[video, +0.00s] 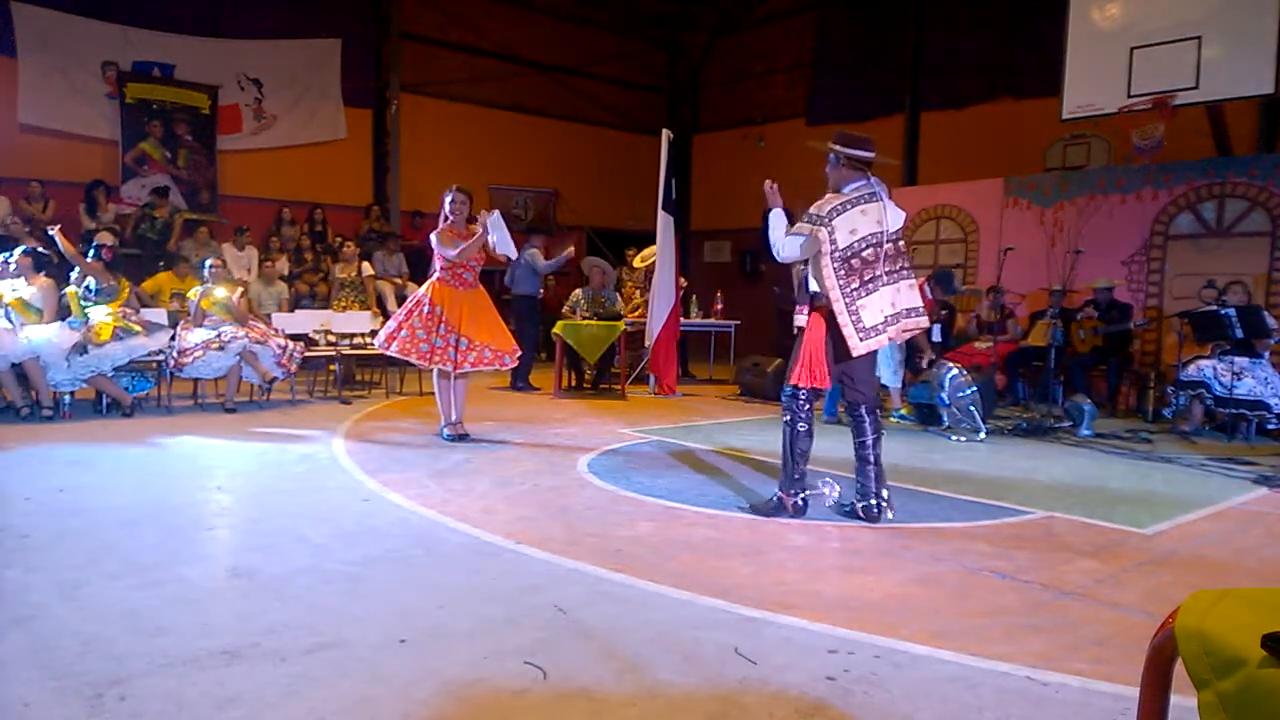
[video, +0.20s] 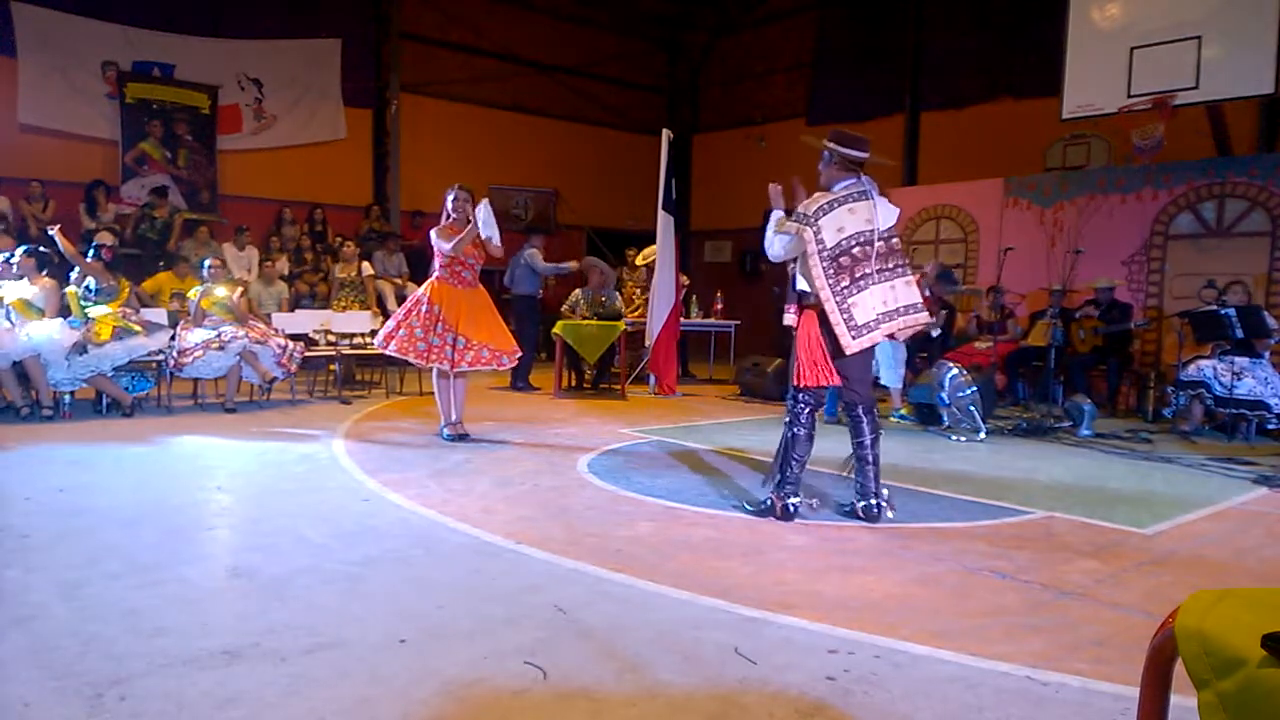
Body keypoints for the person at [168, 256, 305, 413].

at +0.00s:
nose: (215, 271)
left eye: (218, 267)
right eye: (211, 268)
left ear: (225, 270)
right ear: (205, 272)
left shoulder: (237, 290)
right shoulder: (197, 293)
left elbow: (244, 320)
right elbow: (197, 322)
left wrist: (231, 303)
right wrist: (201, 298)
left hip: (232, 327)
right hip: (207, 328)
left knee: (236, 356)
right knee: (237, 340)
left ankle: (229, 400)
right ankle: (264, 374)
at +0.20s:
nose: (214, 271)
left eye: (218, 268)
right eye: (210, 268)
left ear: (224, 270)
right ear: (204, 272)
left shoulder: (236, 289)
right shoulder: (197, 292)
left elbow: (244, 319)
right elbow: (197, 322)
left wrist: (233, 304)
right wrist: (201, 299)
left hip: (233, 327)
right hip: (208, 328)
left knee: (236, 356)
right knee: (237, 340)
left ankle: (229, 400)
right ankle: (264, 374)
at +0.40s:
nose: (213, 272)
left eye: (217, 268)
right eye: (209, 269)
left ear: (224, 270)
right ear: (203, 272)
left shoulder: (236, 289)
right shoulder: (197, 293)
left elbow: (244, 319)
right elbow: (197, 323)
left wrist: (234, 303)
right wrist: (201, 298)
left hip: (233, 327)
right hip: (208, 328)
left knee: (236, 356)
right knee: (237, 340)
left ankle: (230, 400)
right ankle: (264, 374)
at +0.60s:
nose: (211, 273)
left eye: (215, 269)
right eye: (207, 269)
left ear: (222, 270)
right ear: (200, 272)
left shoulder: (234, 289)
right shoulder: (196, 292)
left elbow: (243, 319)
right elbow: (195, 322)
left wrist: (232, 303)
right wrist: (198, 299)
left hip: (232, 327)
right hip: (206, 329)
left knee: (235, 357)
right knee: (236, 341)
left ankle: (228, 400)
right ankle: (262, 374)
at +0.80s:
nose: (210, 273)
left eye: (214, 269)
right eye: (206, 269)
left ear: (223, 270)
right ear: (202, 272)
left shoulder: (236, 289)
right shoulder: (197, 293)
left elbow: (245, 318)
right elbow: (196, 321)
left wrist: (234, 303)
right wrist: (201, 299)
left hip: (233, 328)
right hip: (207, 330)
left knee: (236, 357)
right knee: (238, 342)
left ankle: (230, 400)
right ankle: (264, 374)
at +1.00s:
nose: (210, 273)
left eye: (214, 269)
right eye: (206, 269)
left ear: (223, 270)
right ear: (201, 273)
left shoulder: (236, 289)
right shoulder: (197, 293)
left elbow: (245, 317)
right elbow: (196, 321)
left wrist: (233, 303)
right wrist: (201, 299)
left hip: (233, 328)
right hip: (207, 330)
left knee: (236, 357)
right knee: (238, 342)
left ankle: (230, 400)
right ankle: (264, 374)